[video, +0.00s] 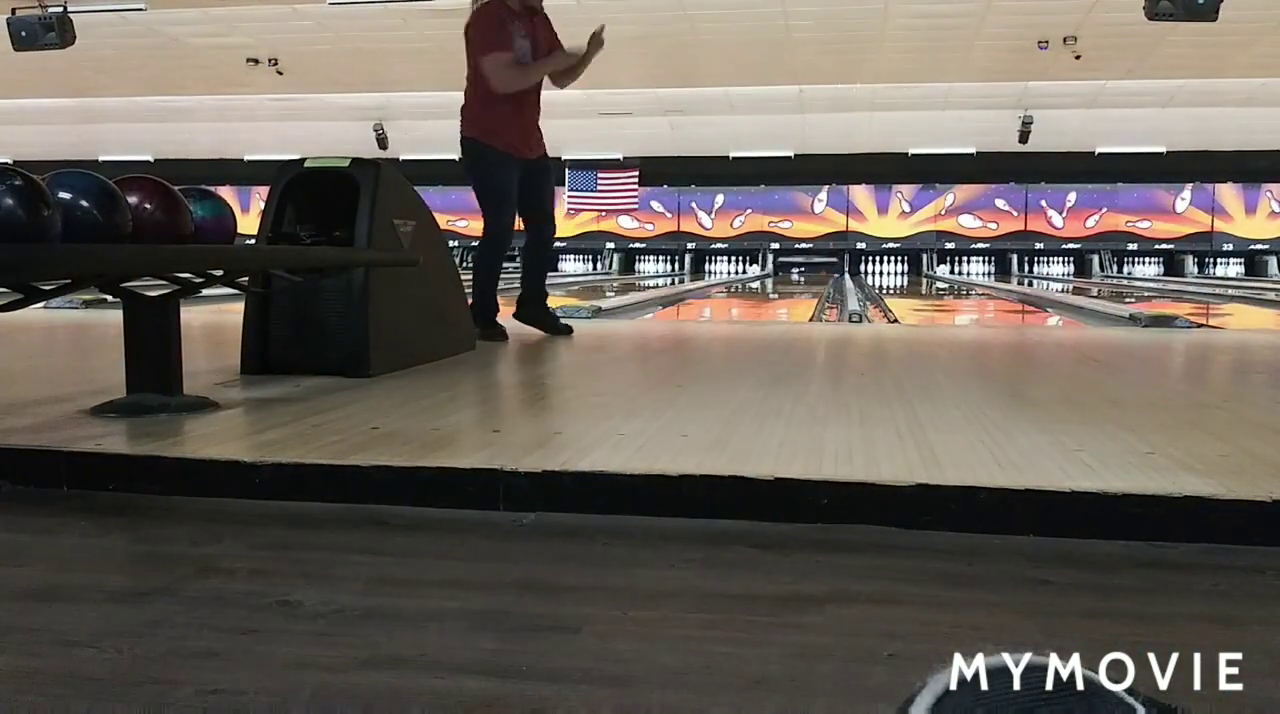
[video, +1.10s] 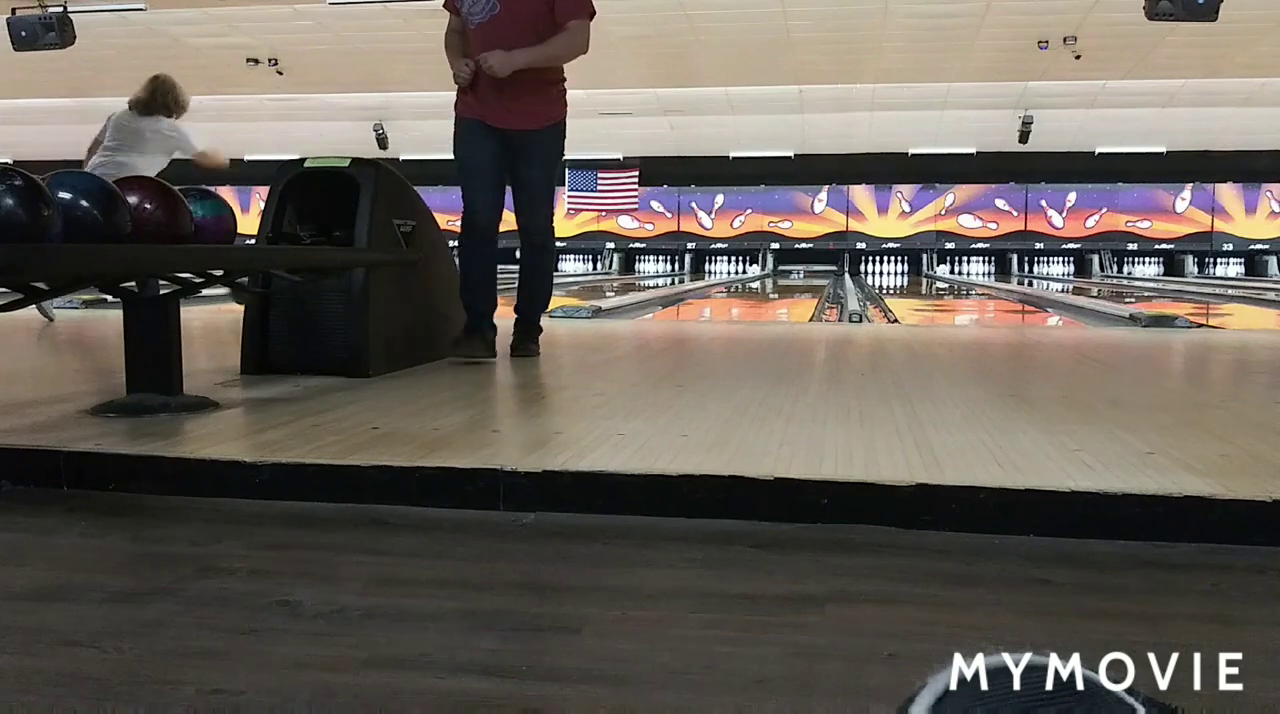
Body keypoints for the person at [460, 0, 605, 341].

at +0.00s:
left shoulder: (538, 19)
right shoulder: (488, 16)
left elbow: (560, 78)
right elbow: (501, 79)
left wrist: (588, 55)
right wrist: (552, 62)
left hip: (528, 141)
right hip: (488, 140)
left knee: (542, 226)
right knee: (499, 227)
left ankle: (532, 305)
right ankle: (483, 315)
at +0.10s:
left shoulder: (540, 21)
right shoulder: (473, 13)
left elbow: (549, 79)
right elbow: (442, 68)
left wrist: (570, 97)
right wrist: (493, 95)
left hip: (529, 140)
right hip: (485, 141)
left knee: (549, 225)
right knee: (495, 228)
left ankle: (529, 291)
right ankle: (483, 315)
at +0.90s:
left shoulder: (565, 2)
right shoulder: (466, 1)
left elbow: (579, 53)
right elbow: (452, 35)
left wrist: (522, 74)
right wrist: (458, 56)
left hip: (537, 122)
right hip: (479, 122)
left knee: (533, 229)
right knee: (480, 230)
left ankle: (527, 329)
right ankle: (508, 290)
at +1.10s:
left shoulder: (568, 2)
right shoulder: (464, 0)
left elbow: (578, 39)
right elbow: (455, 30)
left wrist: (514, 58)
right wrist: (456, 61)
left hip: (537, 116)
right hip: (477, 115)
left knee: (535, 228)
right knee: (478, 223)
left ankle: (527, 330)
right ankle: (479, 332)